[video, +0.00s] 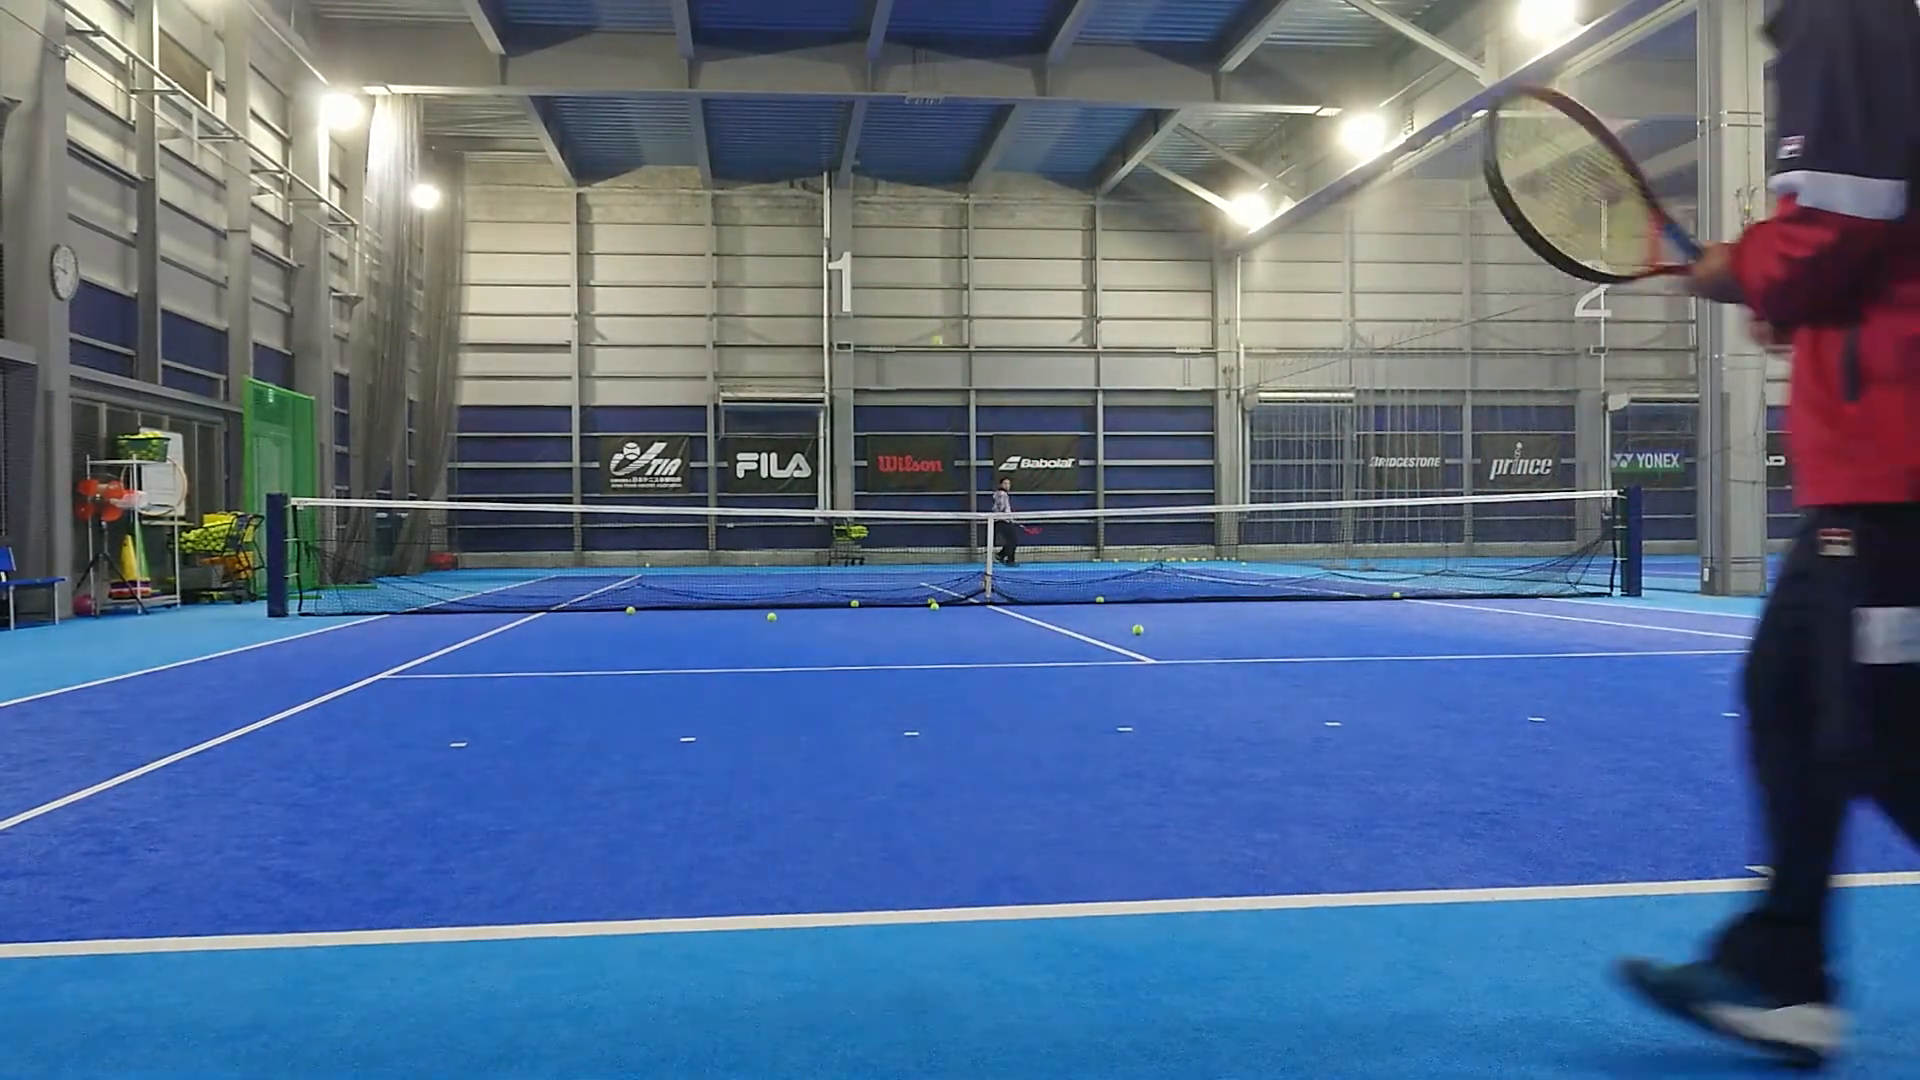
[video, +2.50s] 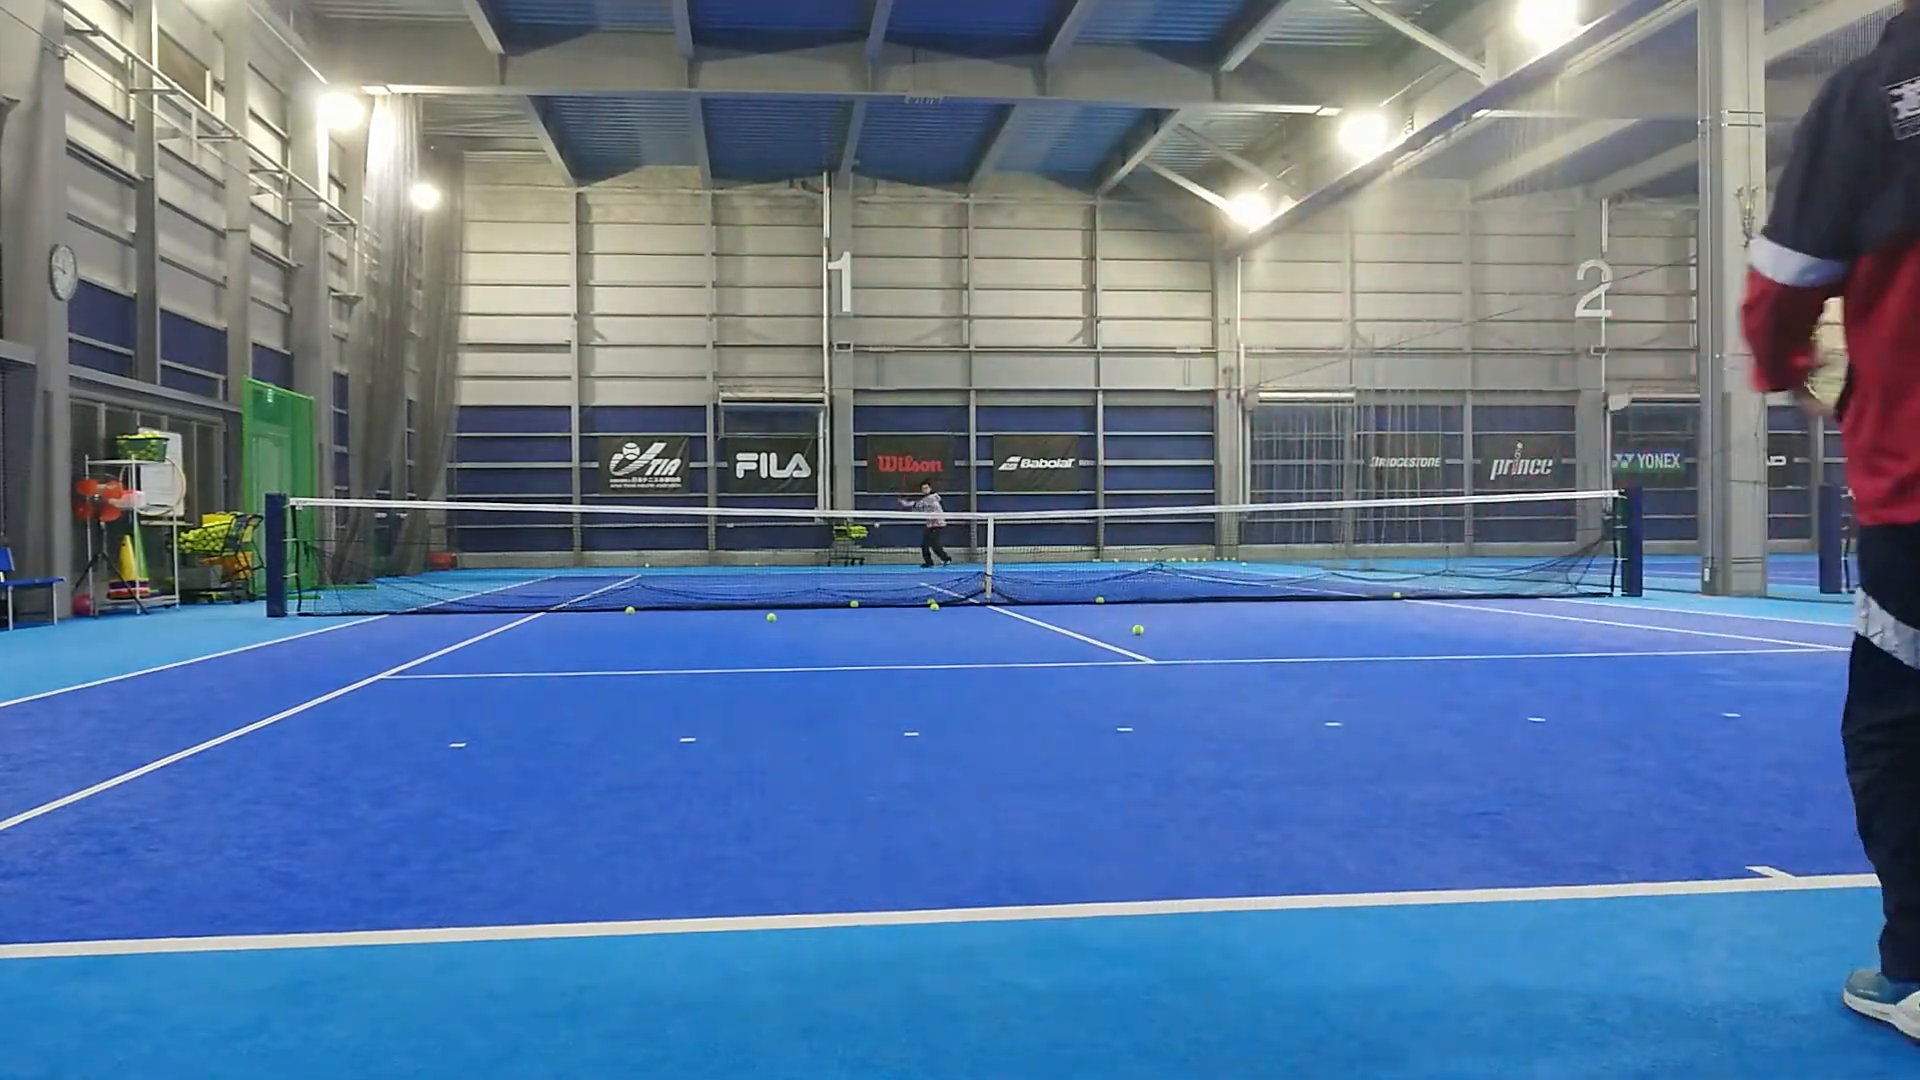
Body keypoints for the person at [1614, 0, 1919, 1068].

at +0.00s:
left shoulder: (1846, 18)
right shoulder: (1844, 25)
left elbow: (1840, 230)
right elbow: (1832, 227)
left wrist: (1731, 272)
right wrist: (1725, 262)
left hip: (1890, 472)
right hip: (1859, 470)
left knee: (1879, 735)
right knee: (1787, 692)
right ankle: (1780, 965)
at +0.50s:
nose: (1388, 49)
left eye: (1395, 29)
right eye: (1383, 41)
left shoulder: (1580, 41)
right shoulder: (1459, 160)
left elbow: (1650, 109)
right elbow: (1380, 285)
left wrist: (1418, 89)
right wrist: (1315, 276)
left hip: (1557, 484)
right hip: (1475, 486)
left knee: (1381, 732)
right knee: (1396, 737)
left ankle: (1402, 1057)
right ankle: (1639, 936)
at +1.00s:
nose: (1122, 9)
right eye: (1120, 6)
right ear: (1149, 7)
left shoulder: (1305, 31)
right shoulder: (1153, 95)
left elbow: (1436, 165)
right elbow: (1059, 240)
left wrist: (1315, 279)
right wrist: (1054, 238)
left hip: (1285, 481)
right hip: (1196, 482)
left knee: (1160, 749)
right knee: (1108, 725)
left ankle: (1359, 1041)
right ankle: (1139, 998)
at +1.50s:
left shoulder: (1100, 43)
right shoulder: (1374, 20)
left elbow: (952, 168)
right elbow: (1590, 18)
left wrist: (782, 245)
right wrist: (1707, 5)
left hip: (1223, 449)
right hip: (1377, 443)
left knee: (1177, 765)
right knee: (1279, 741)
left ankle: (1202, 1057)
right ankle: (1179, 972)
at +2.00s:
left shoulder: (1474, 74)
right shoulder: (1743, 41)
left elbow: (1363, 234)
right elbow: (1905, 168)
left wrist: (1255, 350)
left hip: (1533, 465)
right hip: (1711, 465)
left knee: (1476, 715)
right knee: (1721, 769)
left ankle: (1372, 916)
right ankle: (1674, 1053)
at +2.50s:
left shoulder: (1878, 75)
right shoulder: (1870, 78)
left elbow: (1786, 271)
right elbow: (1790, 267)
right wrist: (1787, 359)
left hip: (1909, 483)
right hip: (1900, 483)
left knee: (1891, 726)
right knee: (1889, 722)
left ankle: (1913, 973)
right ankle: (1909, 966)